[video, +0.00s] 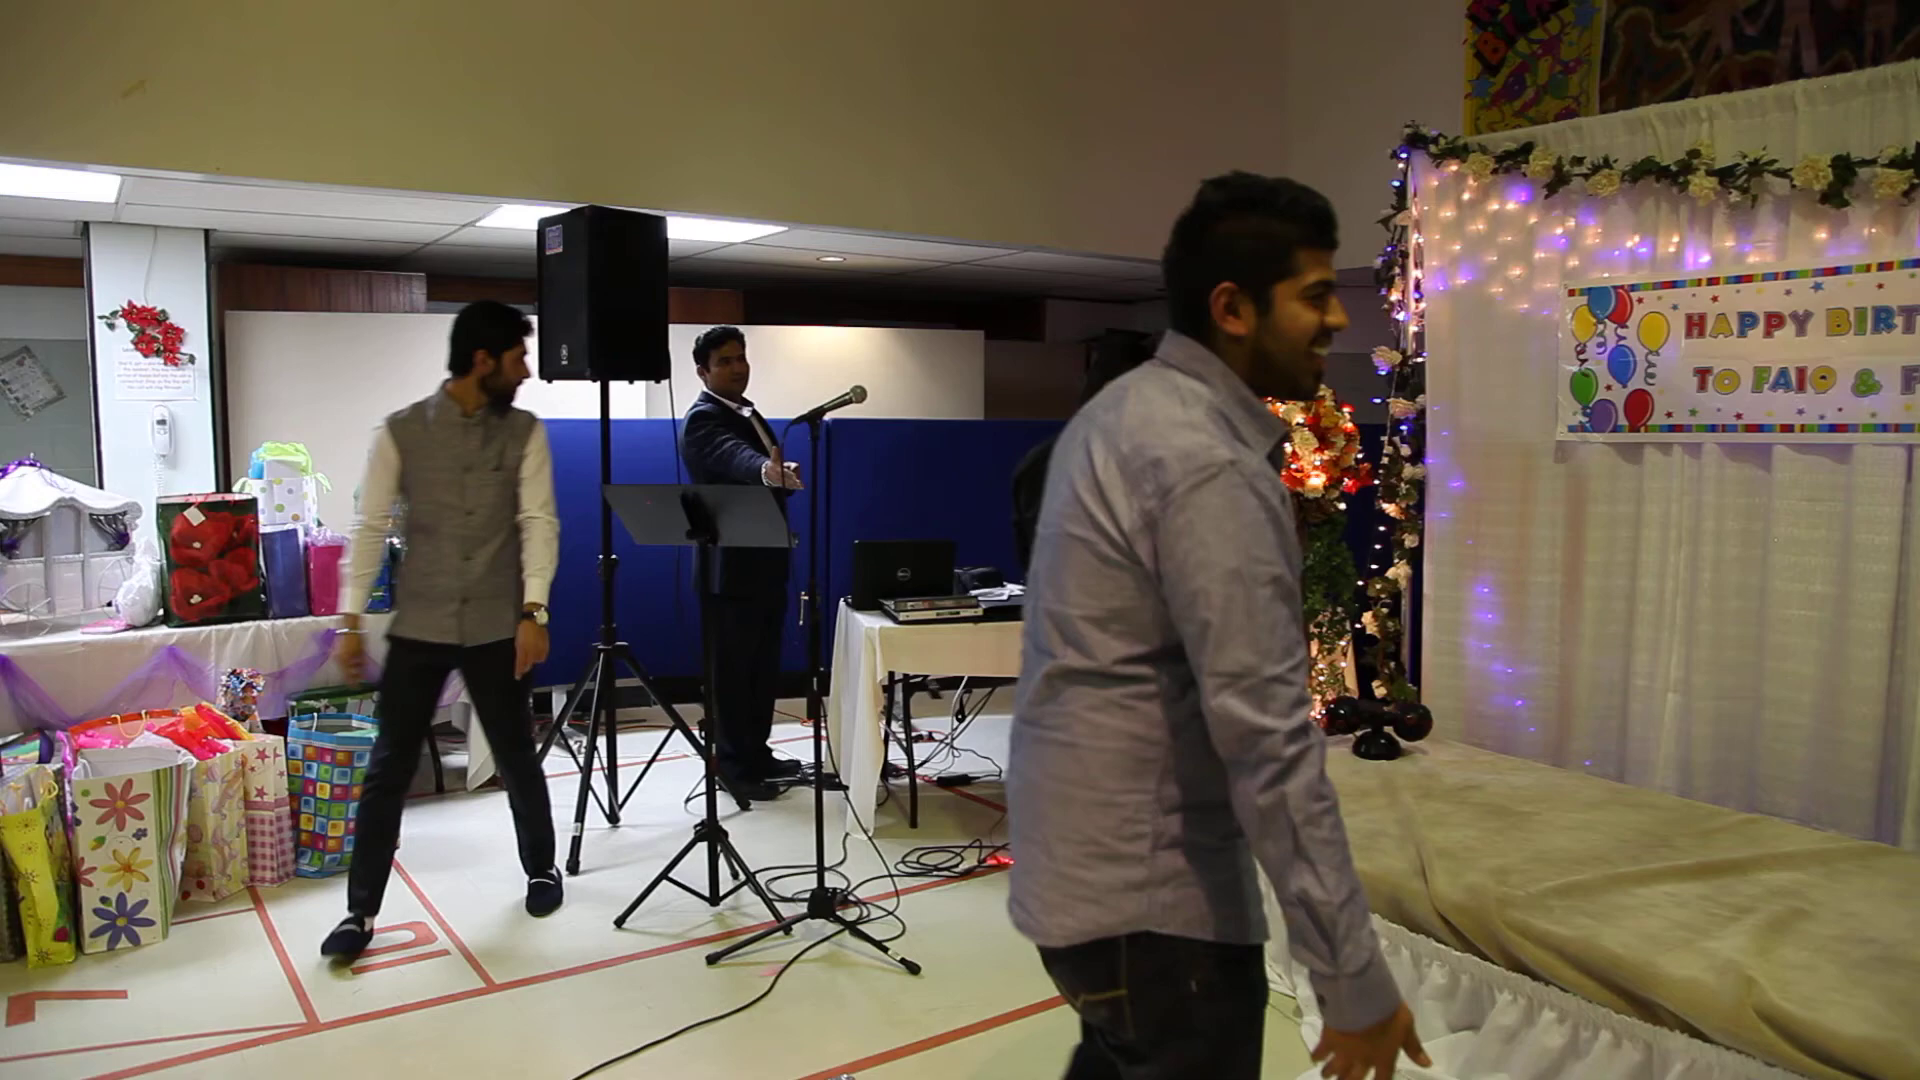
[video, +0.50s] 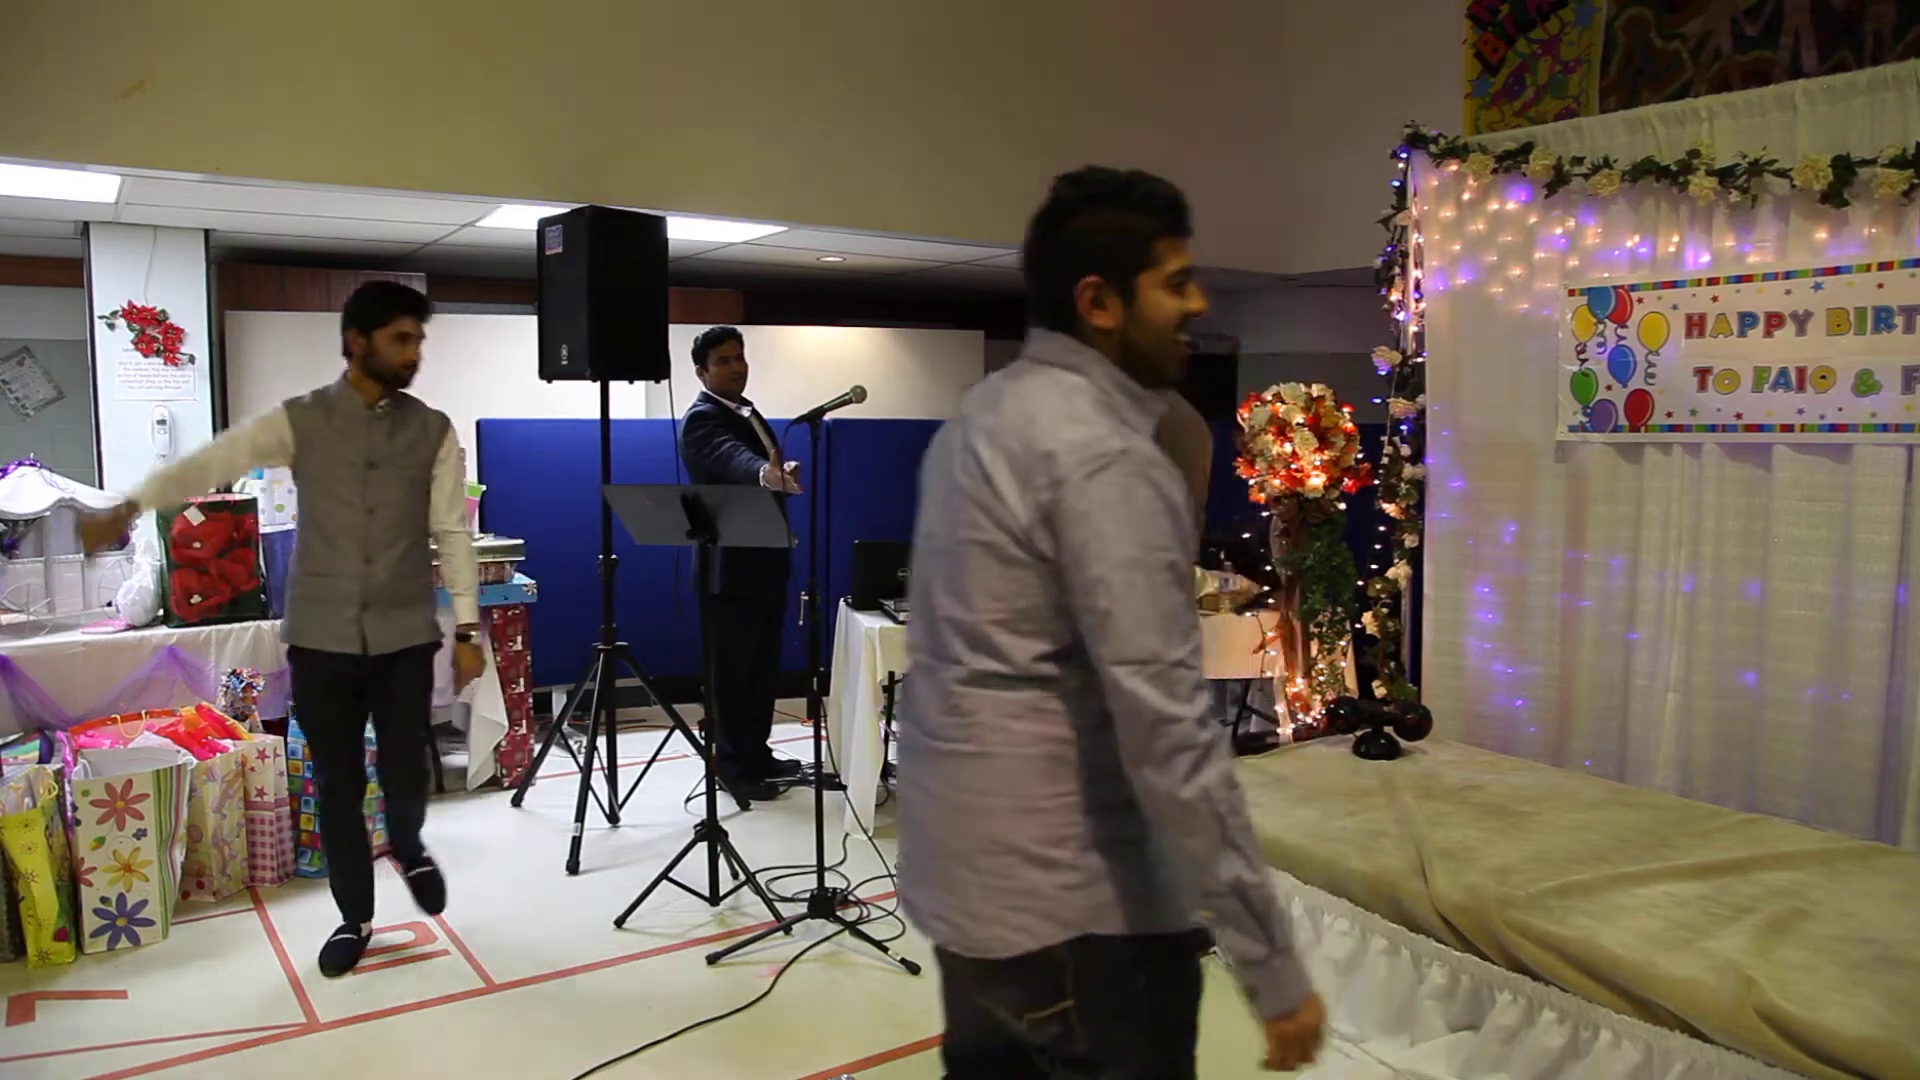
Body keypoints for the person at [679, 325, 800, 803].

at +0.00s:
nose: (737, 367)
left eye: (741, 358)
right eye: (726, 361)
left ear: (747, 363)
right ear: (703, 369)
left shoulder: (752, 417)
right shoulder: (701, 420)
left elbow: (771, 475)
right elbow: (723, 455)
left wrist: (787, 477)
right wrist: (763, 468)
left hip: (766, 560)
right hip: (729, 564)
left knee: (762, 662)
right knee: (733, 665)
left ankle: (758, 756)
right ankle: (734, 769)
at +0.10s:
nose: (737, 367)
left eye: (740, 358)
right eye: (725, 361)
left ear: (746, 363)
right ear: (703, 370)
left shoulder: (752, 418)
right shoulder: (700, 421)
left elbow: (771, 474)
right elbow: (723, 456)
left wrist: (787, 477)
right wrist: (763, 469)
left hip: (766, 560)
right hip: (729, 564)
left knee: (762, 662)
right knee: (733, 664)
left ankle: (758, 756)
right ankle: (734, 769)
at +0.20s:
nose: (736, 367)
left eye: (740, 358)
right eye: (724, 360)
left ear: (746, 363)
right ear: (703, 369)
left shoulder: (753, 418)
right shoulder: (700, 421)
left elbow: (770, 473)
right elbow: (723, 455)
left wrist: (787, 477)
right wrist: (763, 469)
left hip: (766, 560)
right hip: (728, 564)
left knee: (762, 662)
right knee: (732, 665)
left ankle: (758, 756)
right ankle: (735, 769)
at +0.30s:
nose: (736, 367)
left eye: (740, 358)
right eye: (724, 360)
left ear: (746, 363)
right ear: (703, 369)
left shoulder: (752, 418)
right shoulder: (700, 421)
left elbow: (770, 470)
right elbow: (721, 457)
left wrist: (789, 475)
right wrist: (763, 470)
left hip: (766, 560)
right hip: (728, 564)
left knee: (762, 662)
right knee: (732, 665)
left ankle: (758, 756)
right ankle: (735, 769)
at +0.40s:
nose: (736, 366)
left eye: (739, 358)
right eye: (723, 360)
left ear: (746, 363)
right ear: (702, 369)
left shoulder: (752, 417)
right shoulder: (700, 421)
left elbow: (769, 468)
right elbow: (721, 457)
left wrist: (788, 472)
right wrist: (762, 470)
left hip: (766, 560)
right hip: (728, 564)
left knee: (762, 662)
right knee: (732, 665)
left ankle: (758, 756)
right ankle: (734, 769)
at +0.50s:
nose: (735, 367)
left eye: (739, 358)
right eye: (723, 360)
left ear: (746, 363)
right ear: (702, 369)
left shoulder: (752, 417)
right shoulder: (699, 421)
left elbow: (768, 468)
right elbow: (722, 457)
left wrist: (787, 473)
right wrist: (763, 472)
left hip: (766, 560)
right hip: (728, 564)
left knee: (762, 662)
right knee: (732, 665)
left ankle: (758, 756)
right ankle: (734, 769)